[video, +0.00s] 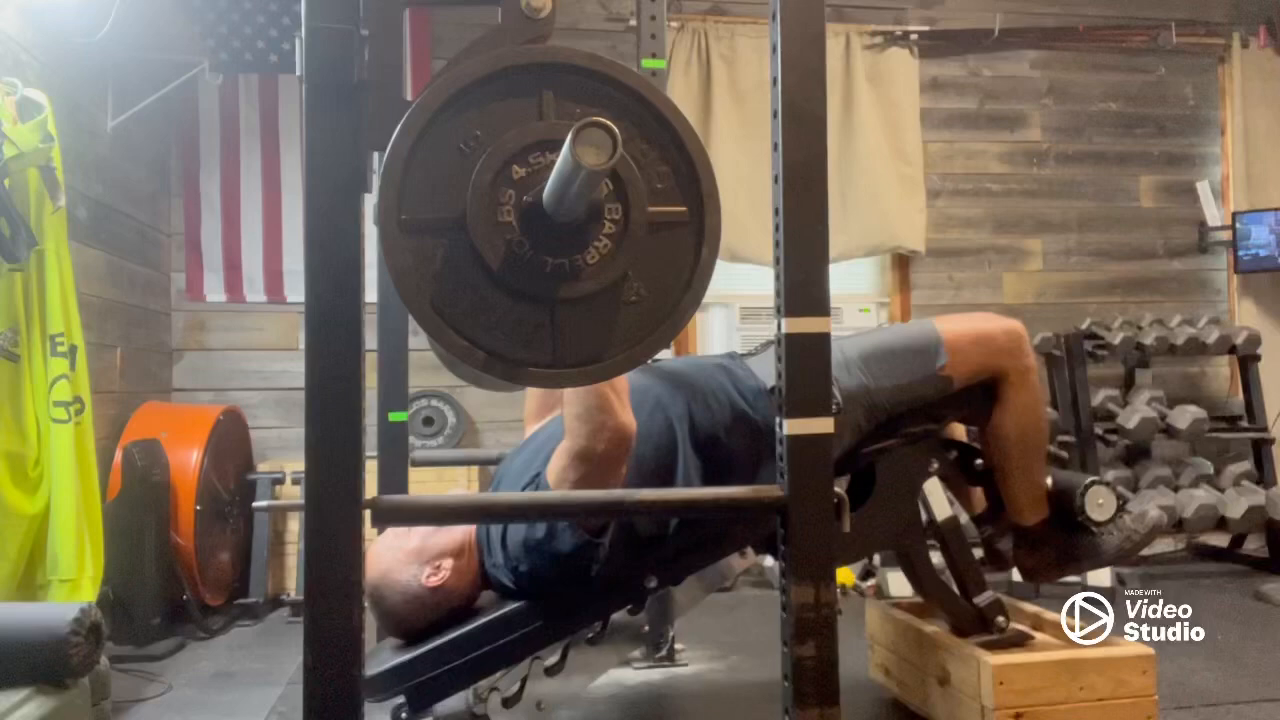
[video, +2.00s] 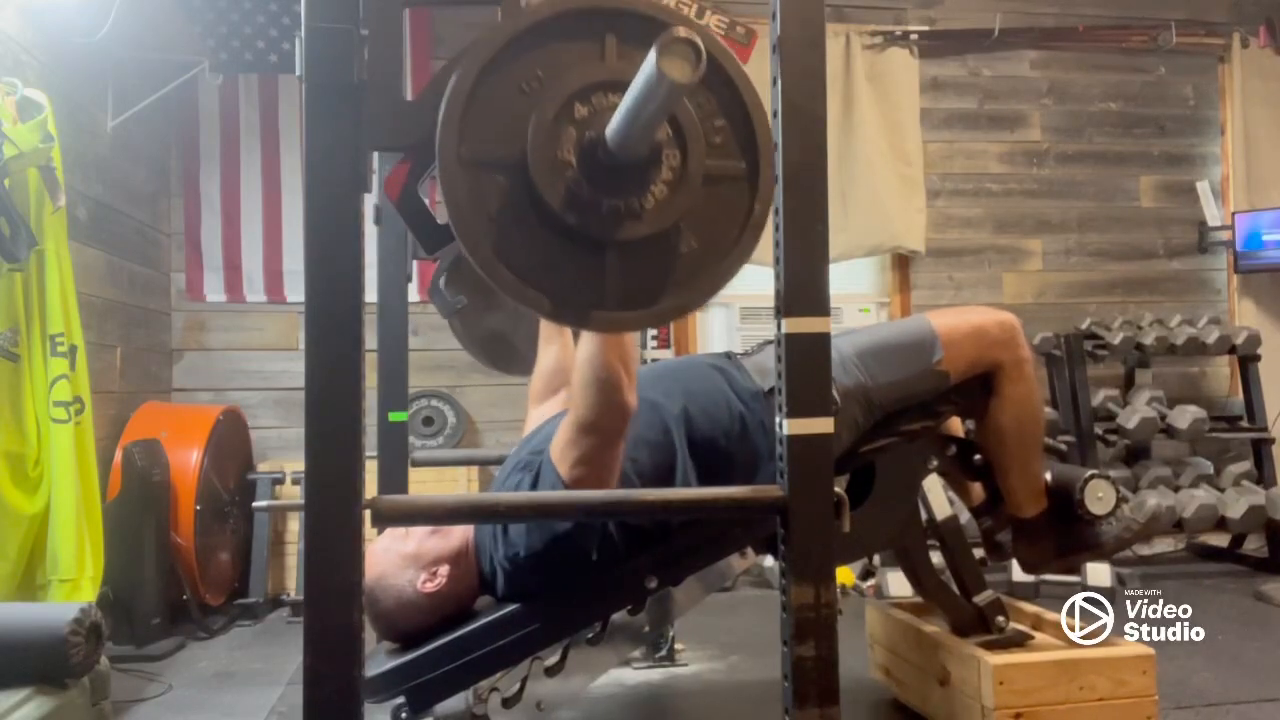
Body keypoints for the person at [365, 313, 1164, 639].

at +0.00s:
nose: (421, 532)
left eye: (405, 536)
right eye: (417, 549)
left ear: (431, 549)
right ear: (446, 578)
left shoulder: (494, 503)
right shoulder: (534, 552)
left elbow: (571, 409)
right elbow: (604, 422)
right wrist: (560, 291)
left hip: (747, 376)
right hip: (772, 425)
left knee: (961, 332)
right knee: (1006, 343)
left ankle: (993, 491)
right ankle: (1033, 530)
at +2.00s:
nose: (416, 529)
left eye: (397, 533)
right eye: (412, 550)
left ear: (428, 547)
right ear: (444, 582)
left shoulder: (497, 497)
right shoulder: (532, 549)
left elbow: (559, 373)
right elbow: (606, 401)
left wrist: (544, 220)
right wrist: (607, 231)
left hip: (740, 377)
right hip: (773, 425)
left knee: (934, 323)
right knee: (998, 336)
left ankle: (967, 469)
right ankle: (1031, 522)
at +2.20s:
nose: (416, 530)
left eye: (398, 533)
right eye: (413, 549)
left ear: (427, 547)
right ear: (445, 579)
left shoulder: (495, 497)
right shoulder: (524, 549)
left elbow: (601, 418)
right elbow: (639, 439)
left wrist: (587, 300)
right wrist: (609, 304)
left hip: (743, 376)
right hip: (766, 426)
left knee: (934, 323)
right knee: (999, 337)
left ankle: (977, 470)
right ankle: (1032, 523)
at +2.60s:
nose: (418, 529)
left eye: (400, 536)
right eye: (417, 548)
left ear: (427, 549)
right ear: (446, 576)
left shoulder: (495, 501)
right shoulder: (532, 542)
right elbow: (695, 531)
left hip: (712, 396)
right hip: (752, 438)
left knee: (917, 316)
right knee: (999, 339)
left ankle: (983, 476)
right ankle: (1034, 527)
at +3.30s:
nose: (417, 532)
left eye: (399, 536)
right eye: (415, 552)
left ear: (427, 541)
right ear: (446, 577)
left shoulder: (501, 493)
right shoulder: (527, 549)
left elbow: (622, 427)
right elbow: (649, 454)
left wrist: (600, 310)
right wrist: (628, 317)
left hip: (744, 375)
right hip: (765, 427)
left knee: (955, 326)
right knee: (1001, 340)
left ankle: (986, 481)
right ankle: (1033, 527)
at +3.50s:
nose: (419, 532)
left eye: (402, 535)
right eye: (414, 552)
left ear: (428, 541)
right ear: (446, 580)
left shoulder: (503, 494)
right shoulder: (530, 553)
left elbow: (551, 375)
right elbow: (595, 400)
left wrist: (557, 218)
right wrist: (591, 235)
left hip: (745, 372)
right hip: (770, 421)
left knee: (955, 327)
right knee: (1000, 340)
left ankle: (992, 486)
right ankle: (1034, 529)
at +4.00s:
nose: (419, 531)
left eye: (402, 535)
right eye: (417, 550)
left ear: (428, 544)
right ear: (447, 578)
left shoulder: (496, 503)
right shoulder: (529, 546)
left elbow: (625, 426)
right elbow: (666, 461)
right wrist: (640, 323)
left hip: (741, 379)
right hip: (765, 430)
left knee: (950, 327)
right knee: (1003, 343)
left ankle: (995, 495)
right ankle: (1033, 532)